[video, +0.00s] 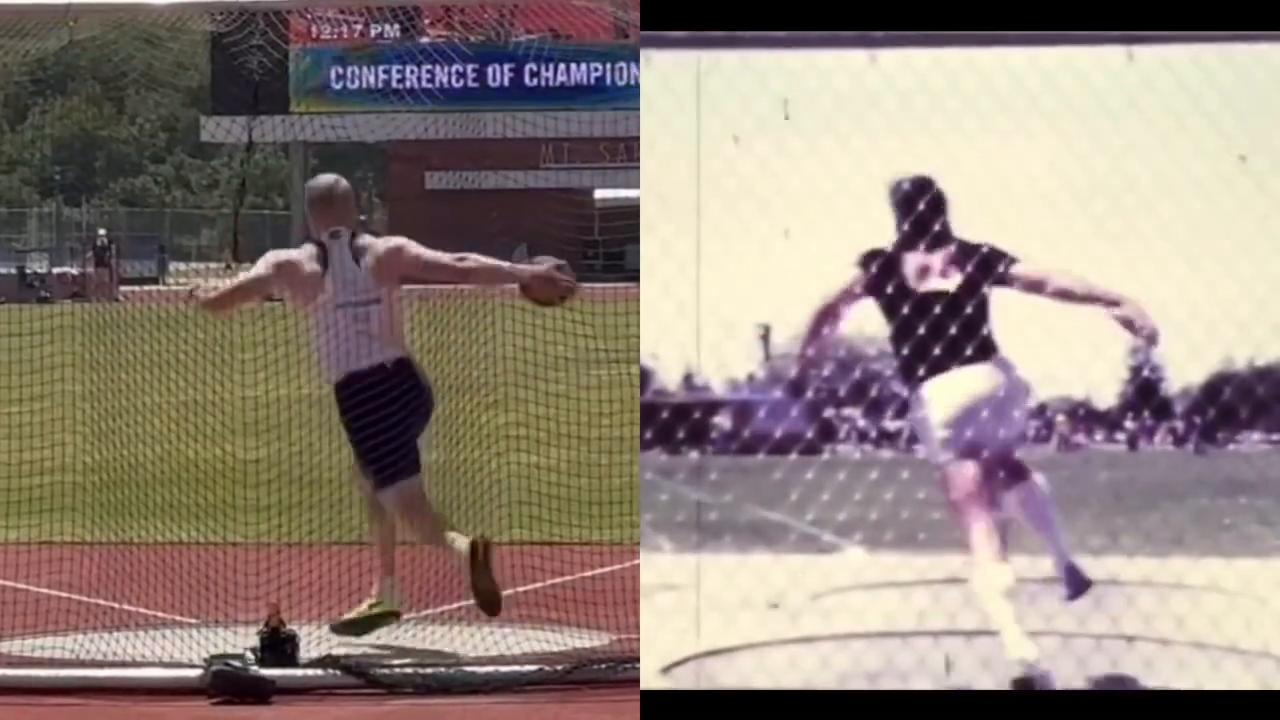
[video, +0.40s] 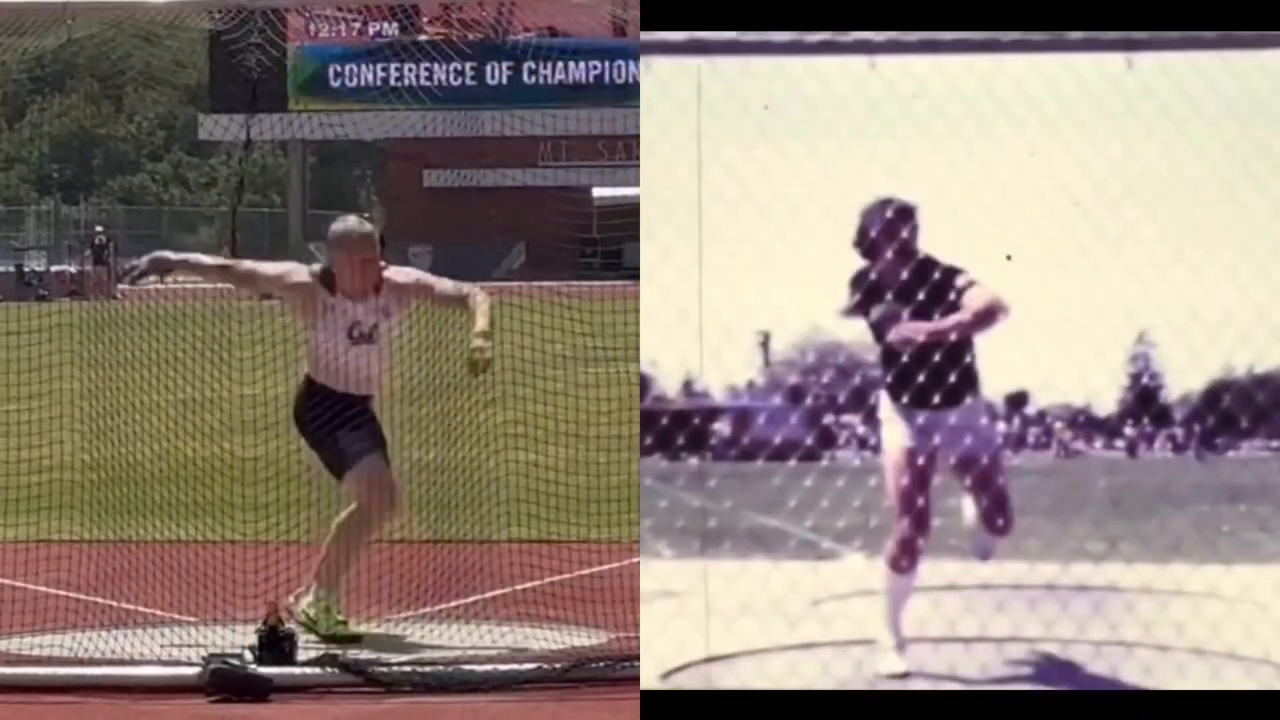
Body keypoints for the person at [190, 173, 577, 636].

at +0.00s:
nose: (329, 216)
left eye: (317, 209)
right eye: (347, 206)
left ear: (309, 216)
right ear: (355, 211)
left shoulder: (287, 265)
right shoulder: (386, 252)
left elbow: (222, 299)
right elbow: (460, 266)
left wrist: (200, 296)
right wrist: (526, 272)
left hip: (361, 398)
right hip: (407, 385)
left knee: (413, 512)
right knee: (374, 484)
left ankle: (465, 550)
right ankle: (385, 596)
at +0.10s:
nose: (283, 227)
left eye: (287, 218)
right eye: (284, 218)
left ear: (306, 220)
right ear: (326, 216)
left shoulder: (294, 273)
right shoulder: (373, 239)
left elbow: (241, 305)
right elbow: (454, 231)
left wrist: (200, 290)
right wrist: (519, 220)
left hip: (380, 399)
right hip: (375, 395)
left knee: (410, 510)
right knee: (321, 483)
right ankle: (362, 601)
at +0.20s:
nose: (294, 245)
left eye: (299, 236)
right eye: (293, 237)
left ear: (322, 234)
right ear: (325, 233)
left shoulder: (339, 279)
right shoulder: (356, 240)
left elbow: (298, 318)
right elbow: (399, 212)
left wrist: (243, 294)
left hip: (388, 398)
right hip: (337, 397)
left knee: (403, 511)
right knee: (317, 494)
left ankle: (448, 450)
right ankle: (350, 606)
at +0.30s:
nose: (330, 262)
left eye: (340, 253)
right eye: (323, 253)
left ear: (358, 251)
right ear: (314, 249)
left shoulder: (376, 281)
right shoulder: (311, 268)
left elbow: (398, 324)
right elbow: (299, 226)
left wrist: (331, 323)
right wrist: (287, 203)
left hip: (377, 396)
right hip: (325, 393)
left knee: (404, 499)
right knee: (342, 492)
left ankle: (357, 530)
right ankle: (331, 606)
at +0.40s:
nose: (374, 270)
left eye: (376, 261)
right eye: (363, 263)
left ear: (381, 258)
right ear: (337, 263)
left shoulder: (395, 283)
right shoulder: (307, 287)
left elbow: (476, 295)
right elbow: (236, 271)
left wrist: (481, 336)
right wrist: (171, 261)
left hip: (360, 407)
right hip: (323, 403)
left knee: (385, 500)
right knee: (375, 493)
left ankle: (318, 597)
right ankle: (320, 599)